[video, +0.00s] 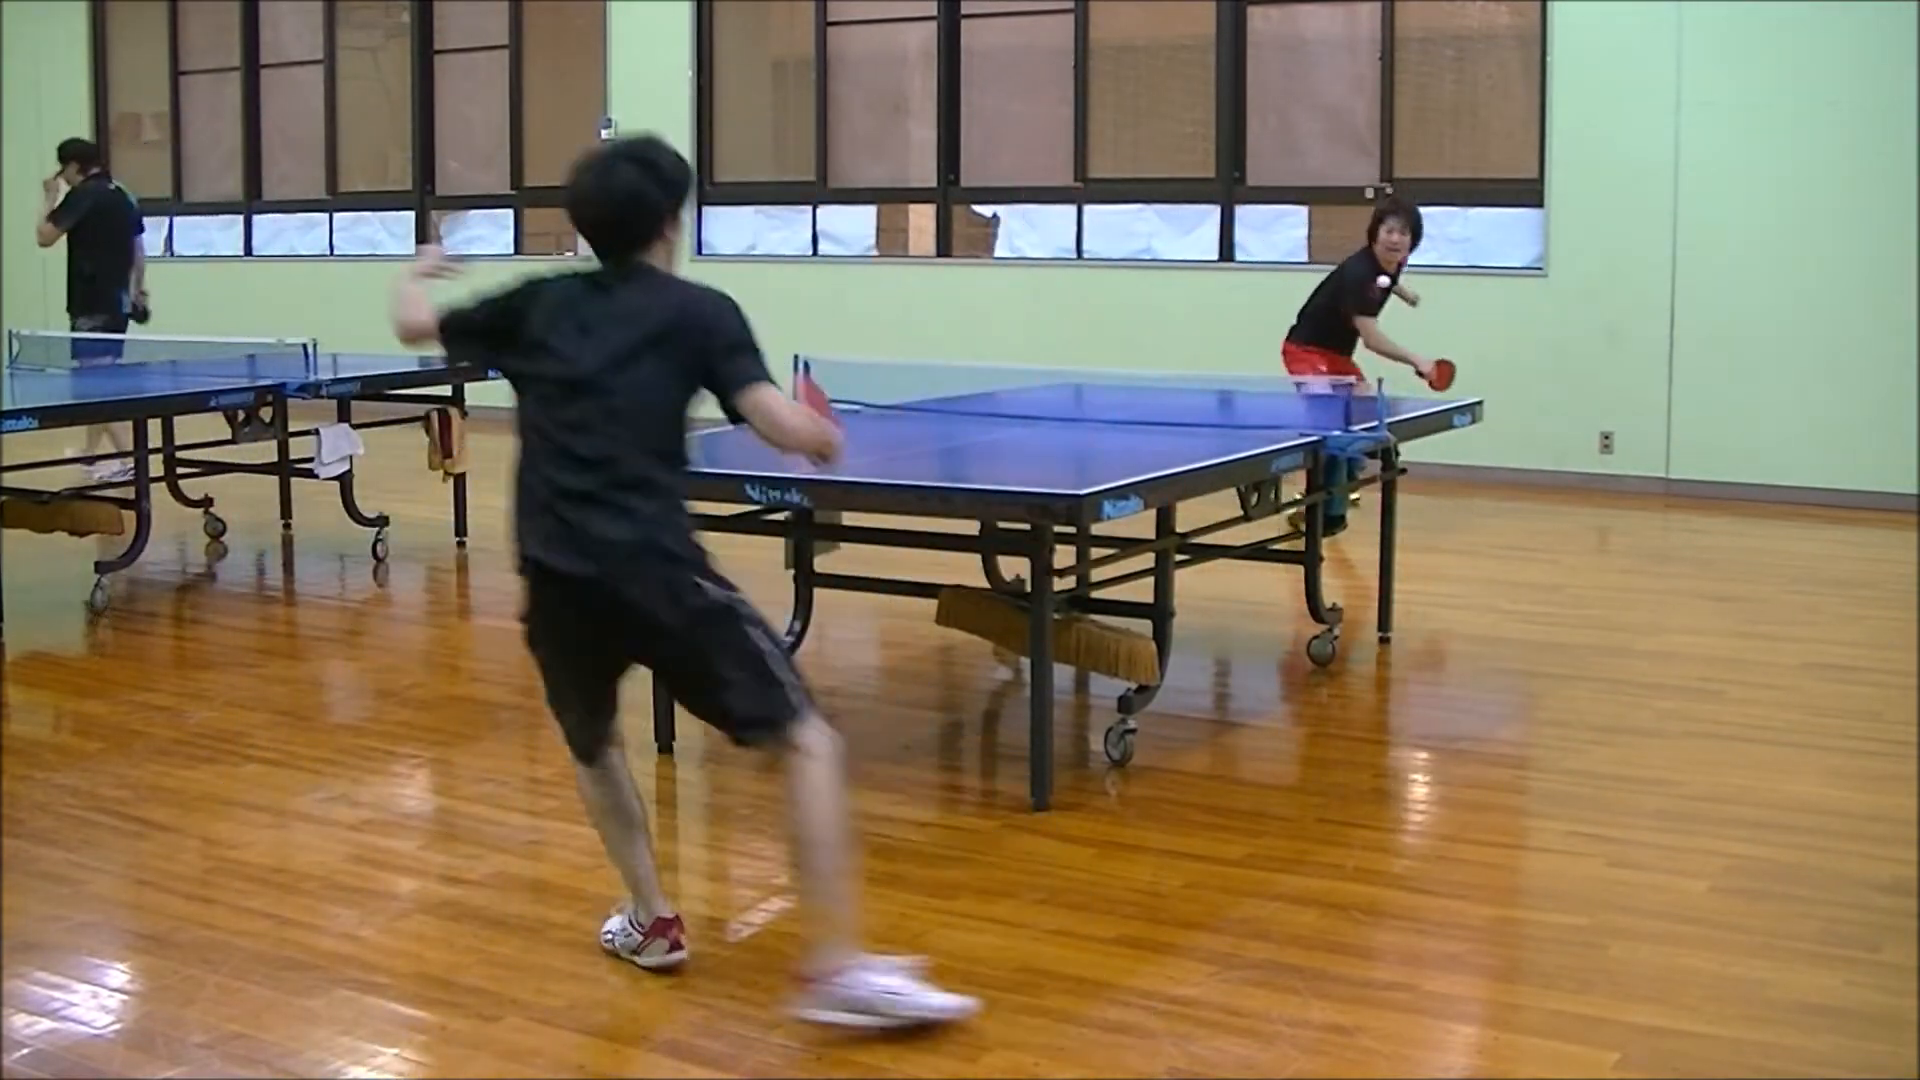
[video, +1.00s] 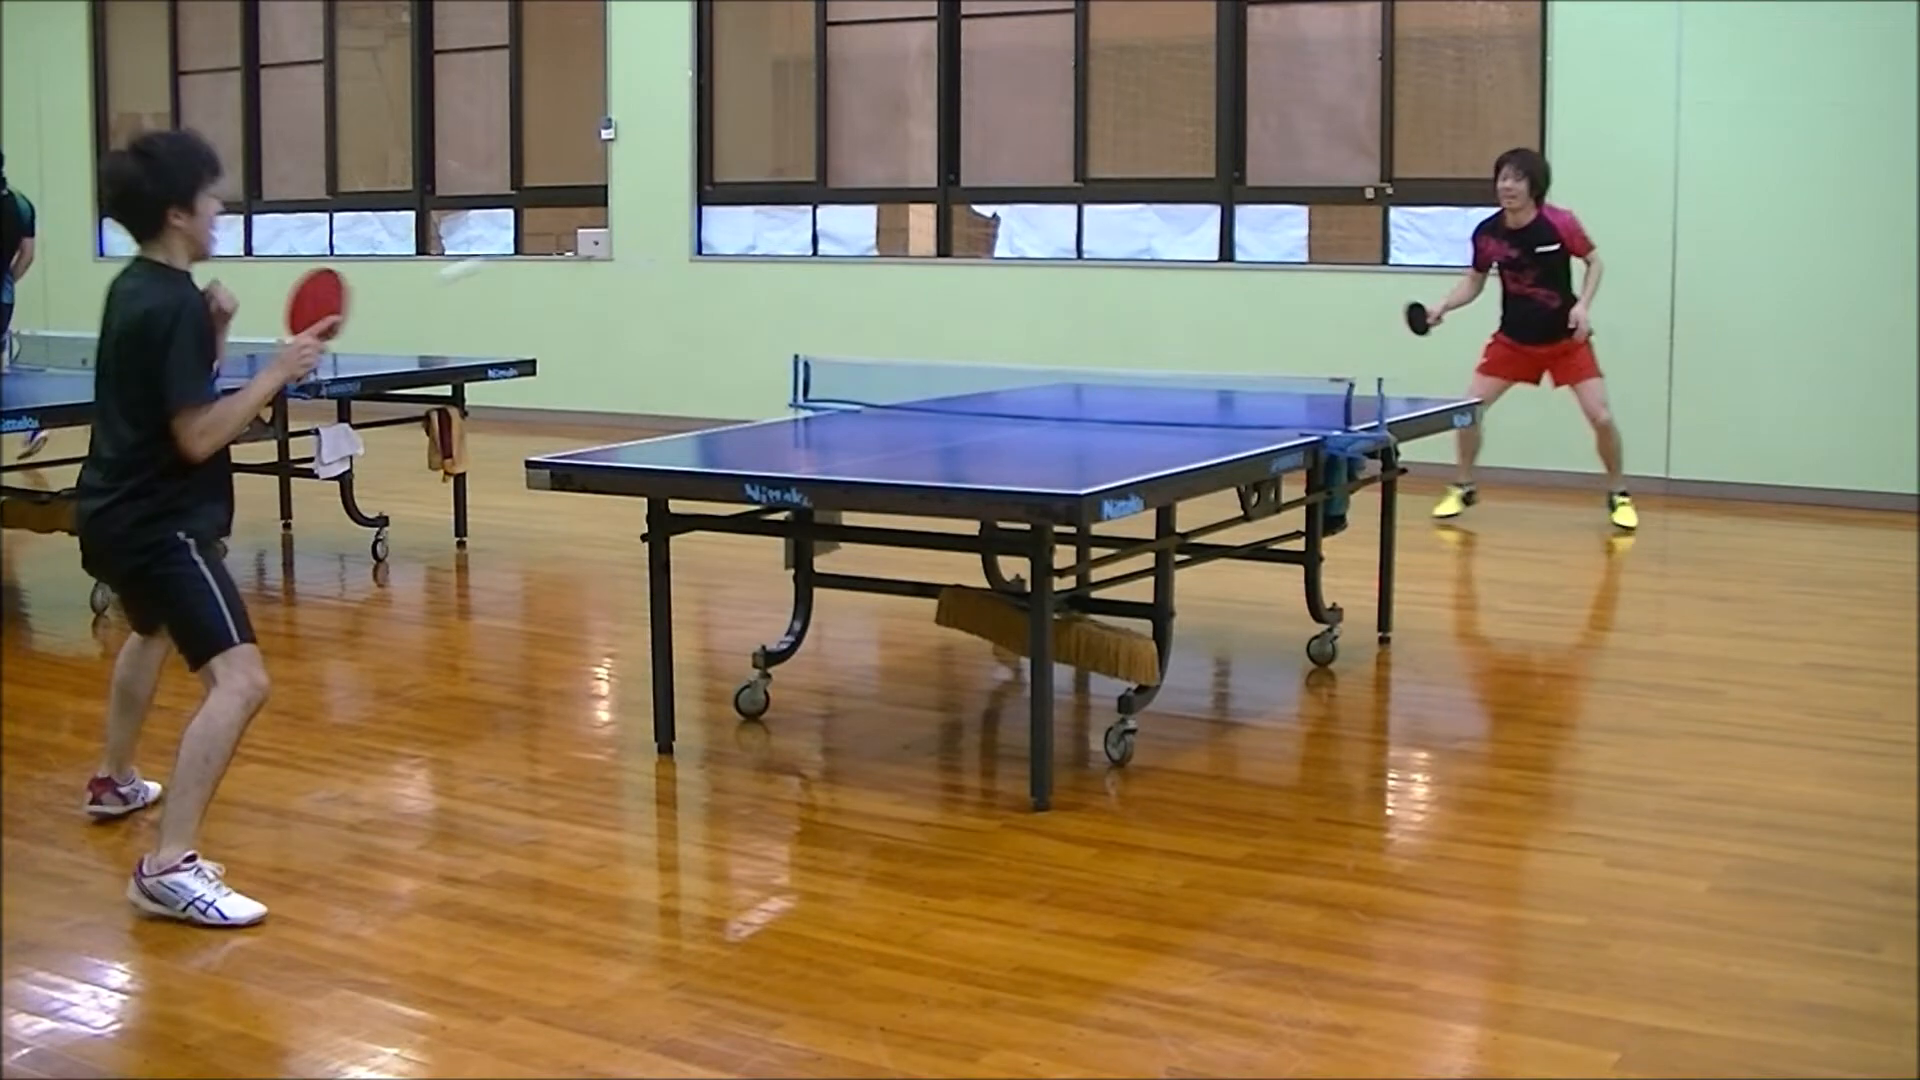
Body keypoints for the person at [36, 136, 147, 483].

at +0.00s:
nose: (62, 176)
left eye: (64, 170)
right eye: (62, 170)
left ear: (77, 166)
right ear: (95, 166)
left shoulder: (84, 195)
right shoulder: (123, 197)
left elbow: (45, 236)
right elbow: (138, 251)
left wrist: (49, 198)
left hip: (90, 310)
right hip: (116, 308)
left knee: (96, 389)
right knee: (97, 387)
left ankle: (128, 457)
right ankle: (91, 453)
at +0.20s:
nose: (36, 175)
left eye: (39, 169)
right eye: (36, 169)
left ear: (53, 168)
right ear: (70, 167)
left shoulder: (61, 197)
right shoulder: (101, 200)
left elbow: (24, 239)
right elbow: (121, 252)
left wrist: (22, 203)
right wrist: (147, 296)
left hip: (65, 311)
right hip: (91, 310)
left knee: (63, 389)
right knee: (76, 388)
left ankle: (113, 445)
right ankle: (71, 458)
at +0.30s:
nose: (27, 172)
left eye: (31, 166)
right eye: (28, 165)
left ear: (47, 166)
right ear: (61, 166)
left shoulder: (49, 196)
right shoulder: (91, 201)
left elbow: (10, 234)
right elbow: (111, 251)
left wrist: (8, 205)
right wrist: (135, 292)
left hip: (50, 309)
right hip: (80, 310)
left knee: (33, 373)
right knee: (70, 375)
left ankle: (87, 423)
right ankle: (74, 453)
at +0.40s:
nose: (20, 170)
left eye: (24, 164)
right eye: (20, 163)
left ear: (40, 164)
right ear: (53, 164)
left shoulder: (37, 193)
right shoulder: (81, 201)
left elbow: (4, 216)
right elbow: (100, 249)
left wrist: (10, 193)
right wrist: (118, 292)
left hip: (35, 304)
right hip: (70, 306)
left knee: (24, 371)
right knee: (63, 374)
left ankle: (54, 437)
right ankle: (67, 450)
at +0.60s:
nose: (2, 173)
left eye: (6, 167)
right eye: (2, 167)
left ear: (22, 167)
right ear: (26, 168)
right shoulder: (55, 201)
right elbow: (73, 248)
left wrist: (68, 281)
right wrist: (68, 281)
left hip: (12, 298)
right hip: (44, 298)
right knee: (52, 376)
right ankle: (68, 448)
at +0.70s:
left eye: (2, 169)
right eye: (2, 169)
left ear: (11, 170)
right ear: (19, 170)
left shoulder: (18, 202)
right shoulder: (42, 203)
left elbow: (58, 251)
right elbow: (59, 251)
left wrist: (41, 279)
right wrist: (41, 278)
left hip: (13, 300)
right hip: (29, 301)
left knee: (34, 376)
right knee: (36, 376)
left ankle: (65, 441)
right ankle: (65, 441)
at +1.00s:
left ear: (4, 172)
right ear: (6, 172)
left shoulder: (21, 205)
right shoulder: (21, 205)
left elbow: (27, 253)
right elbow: (28, 253)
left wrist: (10, 280)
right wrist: (11, 280)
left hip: (6, 293)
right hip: (6, 294)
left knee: (6, 367)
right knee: (5, 367)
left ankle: (30, 426)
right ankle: (29, 426)